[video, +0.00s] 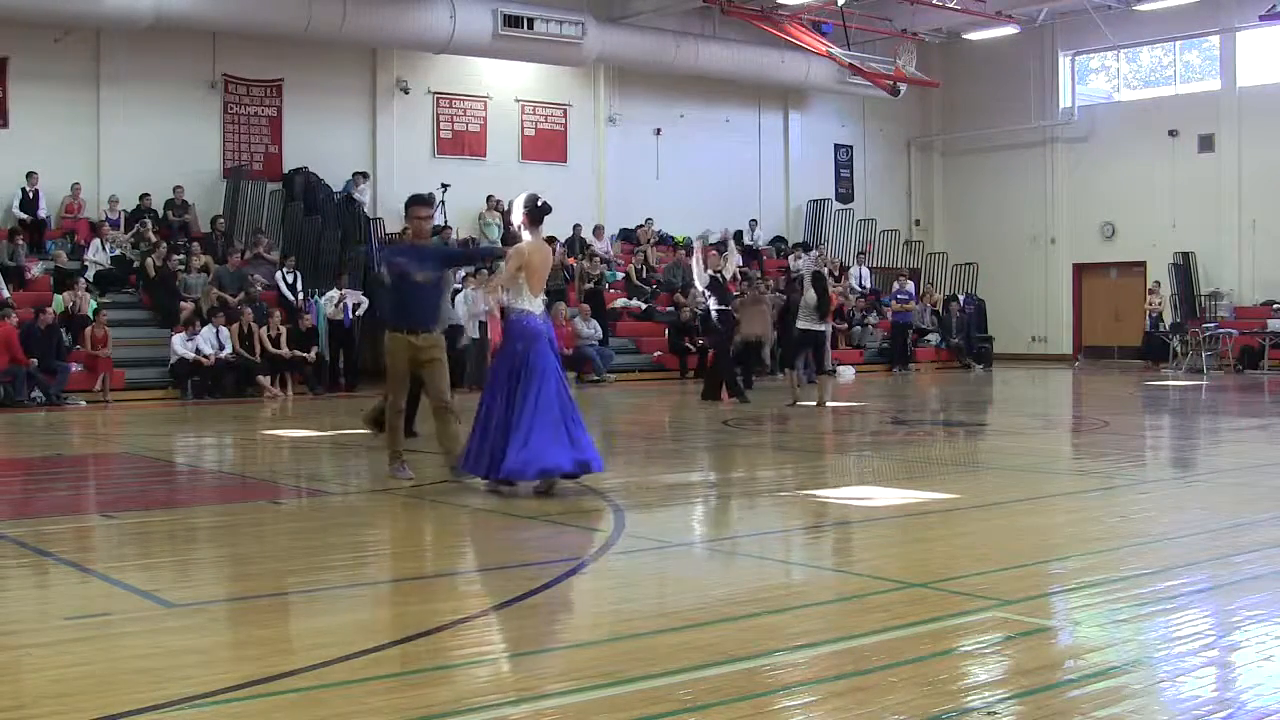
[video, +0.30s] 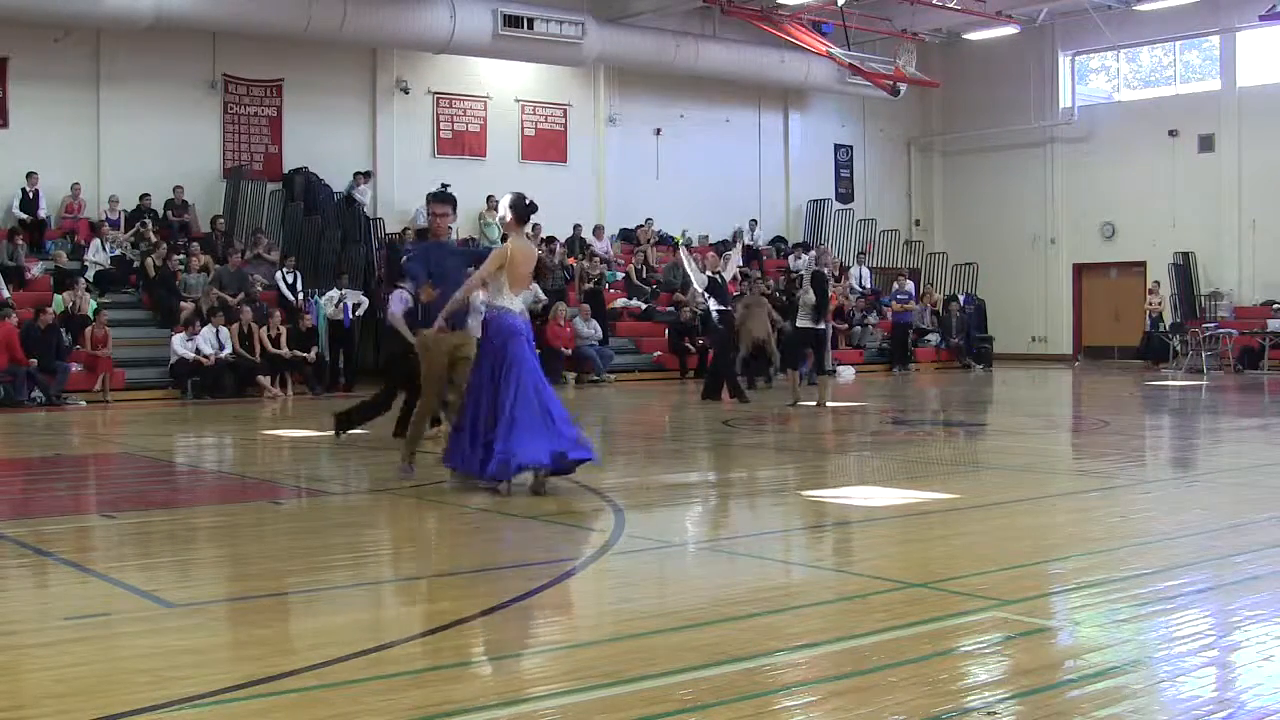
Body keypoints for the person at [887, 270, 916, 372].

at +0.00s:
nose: (902, 283)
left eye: (904, 281)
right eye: (900, 281)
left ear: (906, 281)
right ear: (897, 282)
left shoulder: (910, 294)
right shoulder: (894, 294)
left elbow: (912, 306)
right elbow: (894, 307)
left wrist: (899, 305)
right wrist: (907, 306)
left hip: (907, 321)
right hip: (896, 321)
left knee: (906, 344)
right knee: (896, 343)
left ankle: (905, 364)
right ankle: (896, 364)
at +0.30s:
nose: (901, 282)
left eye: (903, 280)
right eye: (899, 280)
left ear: (906, 281)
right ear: (897, 282)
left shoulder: (909, 294)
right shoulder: (894, 294)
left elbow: (912, 306)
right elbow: (894, 307)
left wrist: (900, 305)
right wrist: (907, 306)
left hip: (907, 322)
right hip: (896, 322)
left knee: (905, 343)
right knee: (896, 343)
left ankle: (905, 363)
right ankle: (895, 364)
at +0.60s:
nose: (901, 282)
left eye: (902, 280)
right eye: (899, 280)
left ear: (905, 281)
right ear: (896, 282)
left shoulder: (910, 294)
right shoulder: (894, 294)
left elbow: (912, 306)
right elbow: (894, 308)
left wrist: (899, 306)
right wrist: (907, 306)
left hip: (907, 322)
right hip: (897, 322)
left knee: (906, 344)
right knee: (896, 343)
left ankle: (905, 363)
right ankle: (896, 364)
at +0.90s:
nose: (901, 282)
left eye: (902, 280)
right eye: (899, 280)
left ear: (905, 281)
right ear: (896, 282)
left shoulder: (909, 294)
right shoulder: (894, 294)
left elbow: (912, 306)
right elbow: (894, 308)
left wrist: (899, 306)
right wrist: (907, 307)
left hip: (907, 322)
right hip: (897, 322)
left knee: (906, 344)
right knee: (896, 344)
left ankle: (906, 363)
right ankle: (896, 364)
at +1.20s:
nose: (902, 282)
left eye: (904, 280)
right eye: (900, 280)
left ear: (906, 281)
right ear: (897, 282)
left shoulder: (910, 294)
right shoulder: (894, 294)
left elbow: (913, 306)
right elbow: (894, 307)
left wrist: (900, 305)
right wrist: (907, 306)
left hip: (907, 322)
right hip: (897, 322)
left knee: (905, 344)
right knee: (896, 344)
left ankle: (905, 364)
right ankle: (896, 365)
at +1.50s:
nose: (903, 282)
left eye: (904, 280)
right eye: (901, 280)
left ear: (907, 281)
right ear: (898, 282)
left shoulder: (910, 294)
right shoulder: (895, 294)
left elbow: (913, 306)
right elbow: (894, 307)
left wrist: (901, 305)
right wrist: (907, 306)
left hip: (907, 322)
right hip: (897, 321)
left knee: (905, 344)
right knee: (896, 343)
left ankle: (905, 364)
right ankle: (895, 365)